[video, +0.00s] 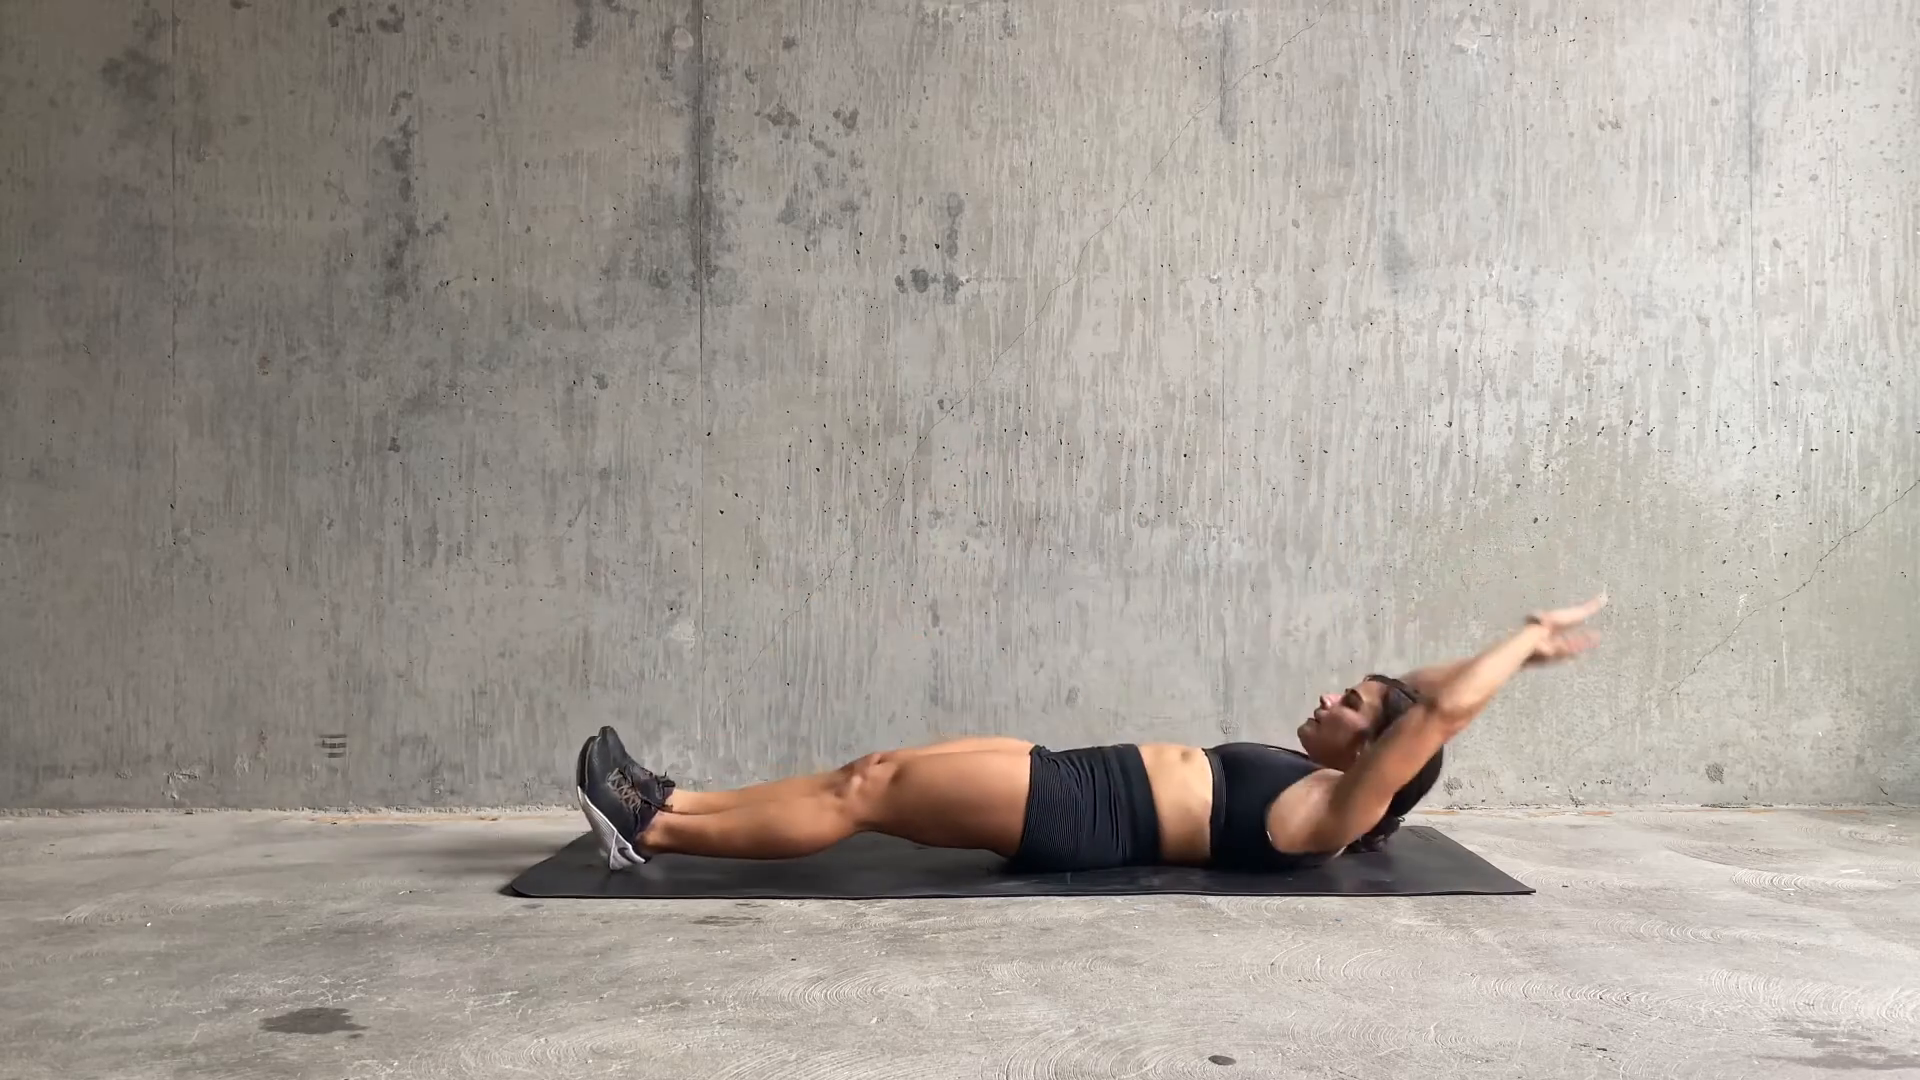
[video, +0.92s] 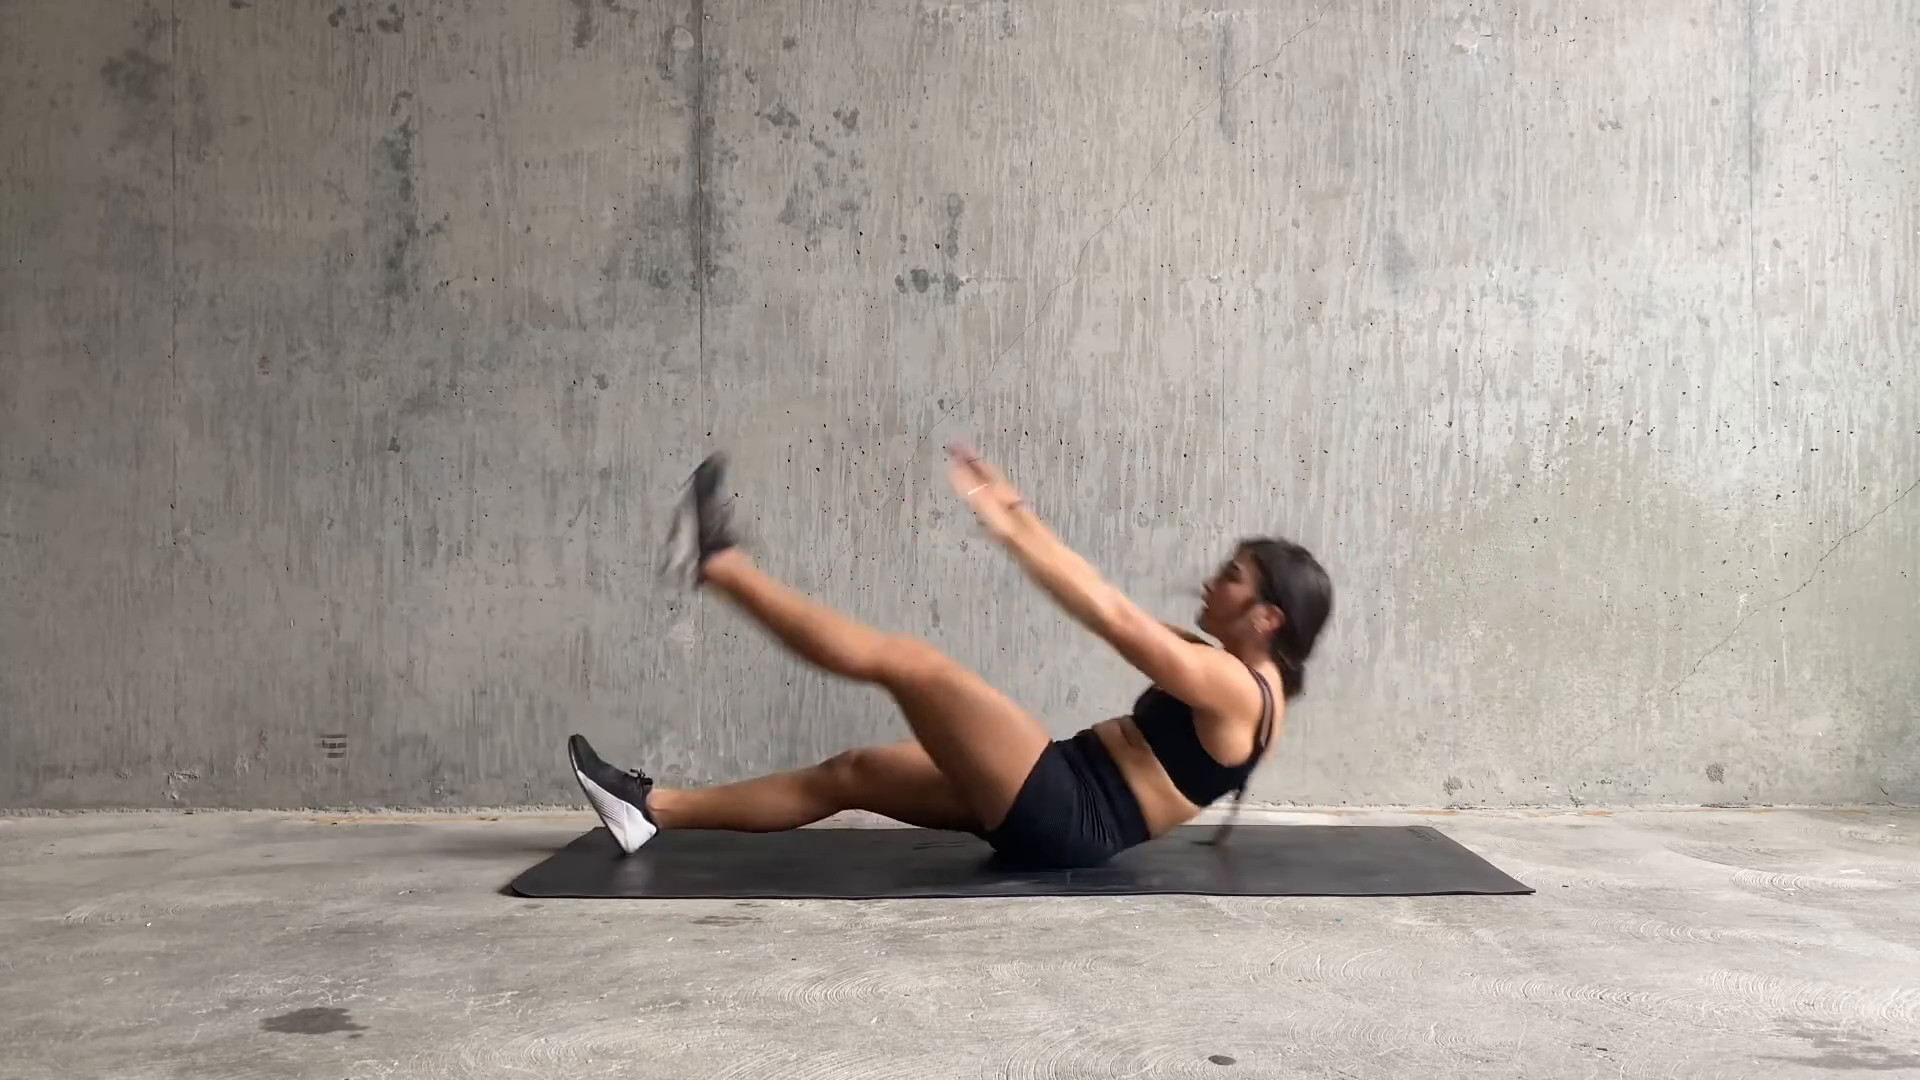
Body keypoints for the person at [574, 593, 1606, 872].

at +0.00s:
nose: (1336, 698)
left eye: (1356, 702)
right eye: (1350, 691)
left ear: (1373, 750)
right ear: (1344, 728)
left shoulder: (1322, 814)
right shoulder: (1308, 784)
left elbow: (1435, 714)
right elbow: (1428, 712)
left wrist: (1531, 646)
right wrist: (1517, 649)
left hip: (1087, 806)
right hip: (1086, 782)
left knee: (870, 789)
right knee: (871, 776)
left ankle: (652, 842)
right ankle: (666, 809)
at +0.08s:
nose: (1340, 697)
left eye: (1361, 702)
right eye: (1356, 691)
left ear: (1374, 753)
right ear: (1357, 736)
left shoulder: (1323, 813)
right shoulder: (1312, 783)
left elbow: (1435, 713)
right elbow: (1426, 714)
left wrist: (1526, 647)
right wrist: (1512, 655)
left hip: (1085, 806)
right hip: (1087, 782)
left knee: (869, 786)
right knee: (870, 772)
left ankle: (653, 839)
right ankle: (665, 814)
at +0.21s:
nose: (1337, 698)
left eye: (1353, 700)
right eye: (1342, 692)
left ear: (1371, 743)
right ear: (1364, 744)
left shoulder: (1328, 807)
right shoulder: (1306, 779)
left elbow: (1351, 671)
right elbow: (1320, 655)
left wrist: (1397, 555)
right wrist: (1391, 564)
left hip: (1083, 808)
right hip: (1085, 786)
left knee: (875, 775)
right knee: (878, 771)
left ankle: (663, 812)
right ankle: (674, 807)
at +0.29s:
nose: (1297, 699)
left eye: (1316, 694)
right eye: (1308, 688)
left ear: (1353, 727)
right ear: (1346, 724)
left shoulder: (1316, 785)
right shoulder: (1308, 777)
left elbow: (1238, 659)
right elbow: (1239, 657)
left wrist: (1203, 541)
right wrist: (1205, 557)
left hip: (1087, 810)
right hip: (1087, 798)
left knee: (887, 756)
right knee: (880, 782)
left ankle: (667, 771)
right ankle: (671, 808)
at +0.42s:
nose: (1236, 638)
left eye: (1254, 630)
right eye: (1245, 625)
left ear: (1296, 659)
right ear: (1290, 655)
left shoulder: (1261, 726)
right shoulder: (1248, 705)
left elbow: (1123, 659)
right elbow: (1127, 648)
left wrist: (1013, 581)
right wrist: (1031, 559)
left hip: (1076, 811)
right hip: (1067, 801)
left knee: (900, 686)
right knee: (860, 774)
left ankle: (701, 611)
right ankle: (658, 809)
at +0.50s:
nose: (1195, 581)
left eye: (1212, 576)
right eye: (1204, 570)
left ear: (1249, 611)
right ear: (1237, 608)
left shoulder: (1228, 685)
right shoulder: (1199, 655)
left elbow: (1090, 644)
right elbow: (1081, 608)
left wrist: (966, 581)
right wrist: (973, 528)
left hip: (1070, 818)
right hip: (1051, 796)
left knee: (938, 648)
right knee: (851, 767)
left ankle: (768, 512)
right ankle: (649, 810)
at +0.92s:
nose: (1211, 586)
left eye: (1229, 582)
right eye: (1223, 575)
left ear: (1268, 618)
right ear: (1267, 618)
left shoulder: (1237, 687)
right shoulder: (1240, 682)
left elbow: (1114, 619)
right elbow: (1115, 614)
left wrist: (1018, 527)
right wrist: (1029, 529)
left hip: (1069, 811)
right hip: (1061, 798)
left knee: (906, 662)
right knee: (852, 772)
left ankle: (721, 565)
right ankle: (651, 808)